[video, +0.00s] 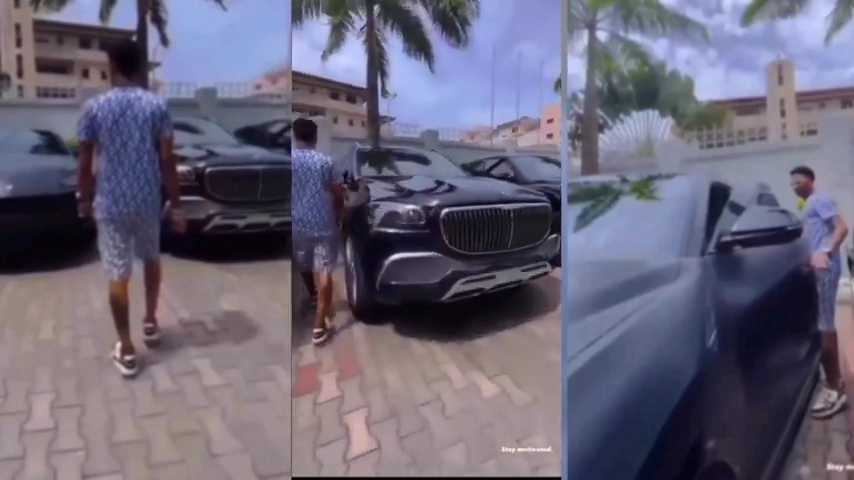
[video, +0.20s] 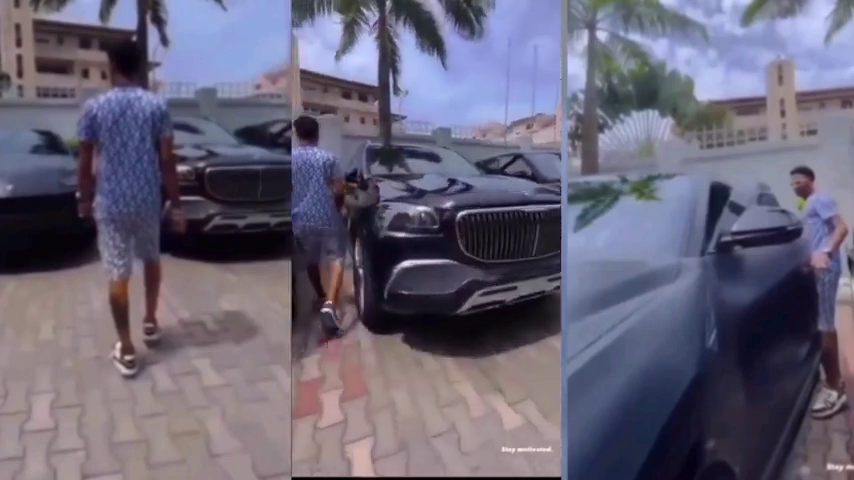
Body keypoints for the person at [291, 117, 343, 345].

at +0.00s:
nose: (300, 140)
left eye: (296, 136)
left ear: (295, 136)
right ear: (315, 136)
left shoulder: (289, 160)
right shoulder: (326, 162)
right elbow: (337, 191)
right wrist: (339, 215)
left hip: (298, 223)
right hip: (324, 223)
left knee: (305, 266)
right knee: (324, 271)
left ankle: (314, 296)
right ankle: (319, 326)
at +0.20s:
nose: (300, 137)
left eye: (297, 133)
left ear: (297, 135)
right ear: (317, 134)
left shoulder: (291, 158)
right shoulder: (328, 158)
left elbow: (289, 188)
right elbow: (339, 186)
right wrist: (338, 206)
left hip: (301, 217)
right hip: (327, 215)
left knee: (311, 261)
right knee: (336, 258)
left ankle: (321, 298)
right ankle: (329, 303)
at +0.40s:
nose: (323, 138)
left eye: (317, 134)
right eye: (328, 134)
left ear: (311, 135)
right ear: (331, 135)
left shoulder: (300, 159)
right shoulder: (340, 158)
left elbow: (298, 188)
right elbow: (348, 188)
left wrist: (305, 207)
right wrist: (350, 206)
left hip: (315, 214)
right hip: (340, 213)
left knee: (325, 259)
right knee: (350, 250)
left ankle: (334, 302)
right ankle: (349, 290)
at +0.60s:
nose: (346, 142)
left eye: (340, 138)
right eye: (348, 138)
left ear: (332, 139)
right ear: (350, 139)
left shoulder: (322, 162)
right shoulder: (358, 161)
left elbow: (322, 193)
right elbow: (364, 190)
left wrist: (329, 205)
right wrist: (374, 186)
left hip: (333, 213)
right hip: (356, 212)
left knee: (342, 258)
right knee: (361, 252)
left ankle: (350, 306)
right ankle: (363, 285)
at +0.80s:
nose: (367, 148)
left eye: (362, 144)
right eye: (370, 145)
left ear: (356, 145)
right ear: (373, 146)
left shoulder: (346, 167)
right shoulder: (377, 168)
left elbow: (345, 190)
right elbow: (381, 196)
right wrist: (390, 187)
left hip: (354, 215)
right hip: (374, 215)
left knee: (359, 258)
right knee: (376, 253)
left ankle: (364, 304)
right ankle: (373, 284)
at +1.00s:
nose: (392, 148)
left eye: (386, 145)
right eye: (393, 145)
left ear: (378, 146)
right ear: (394, 146)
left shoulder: (369, 165)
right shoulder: (395, 167)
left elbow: (368, 186)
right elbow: (396, 196)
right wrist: (406, 191)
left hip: (374, 213)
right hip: (392, 214)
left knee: (375, 250)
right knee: (394, 253)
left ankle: (377, 283)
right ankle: (390, 286)